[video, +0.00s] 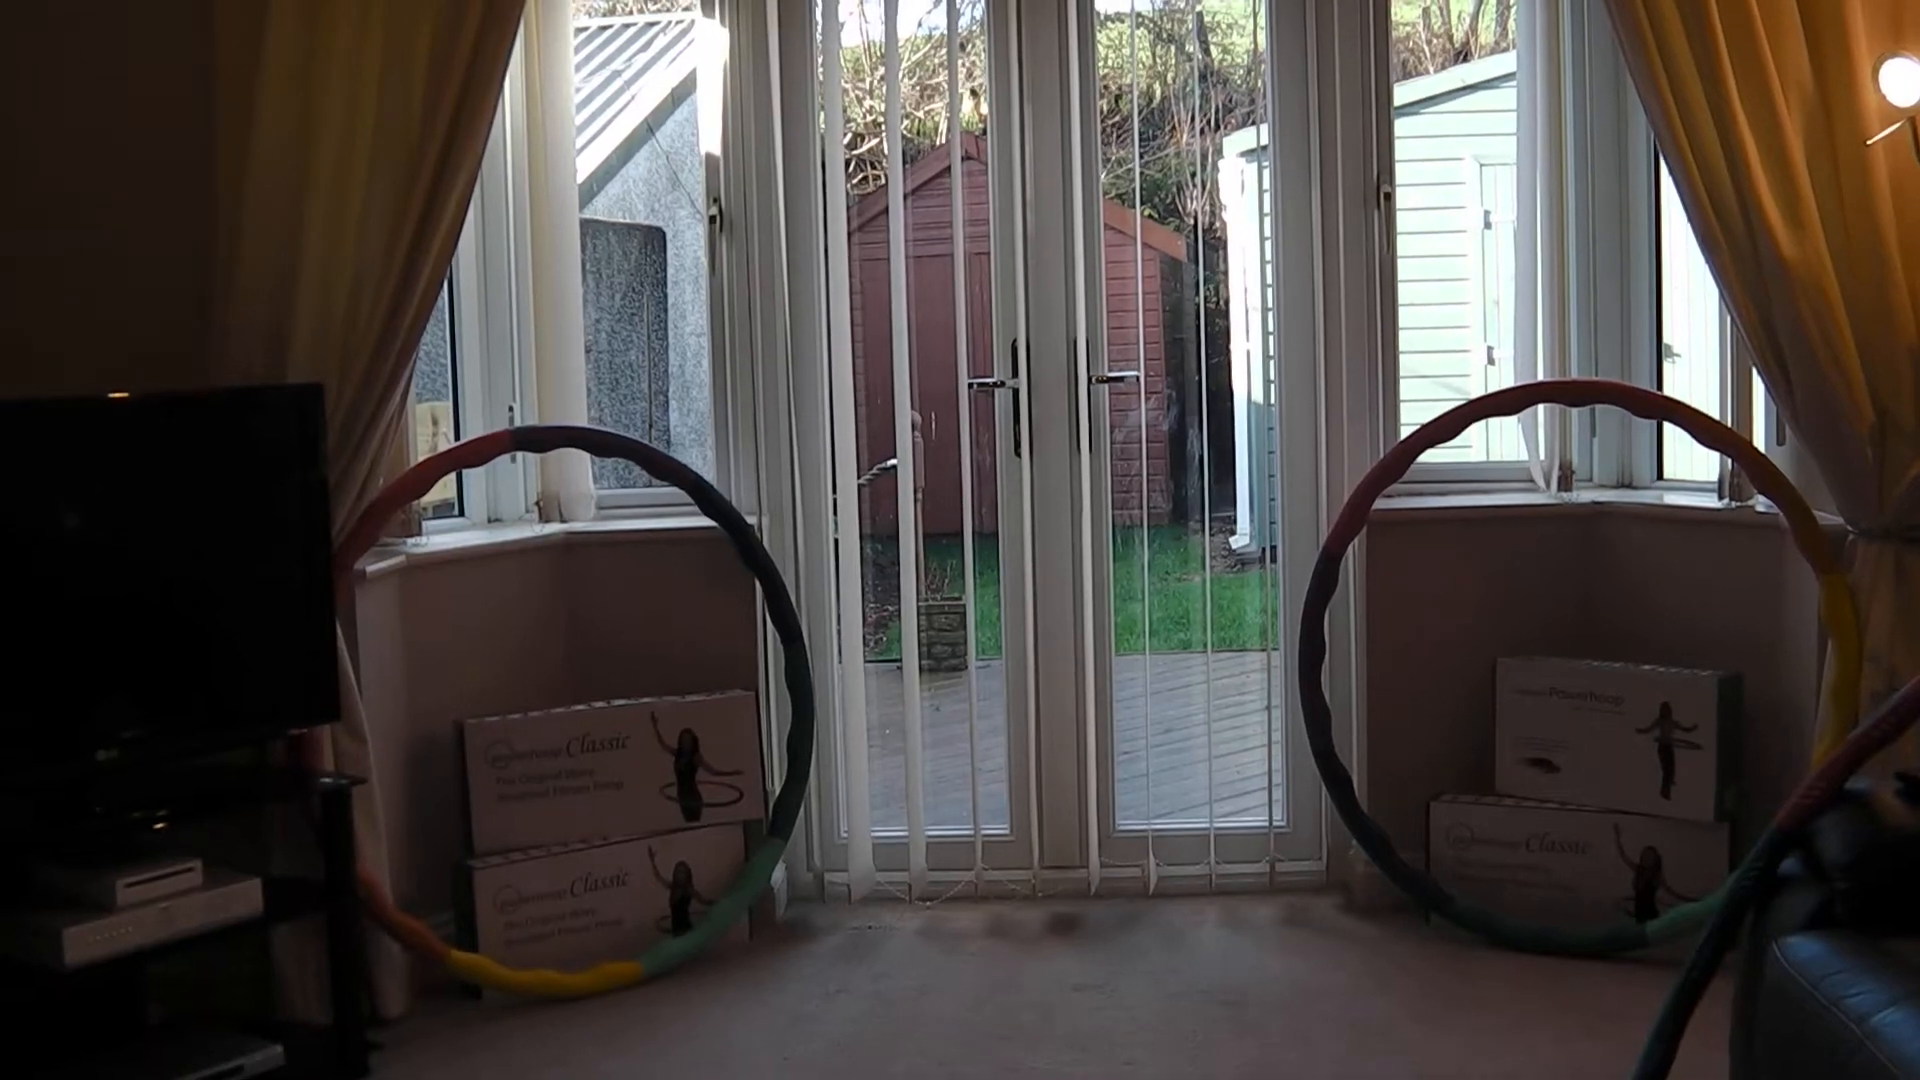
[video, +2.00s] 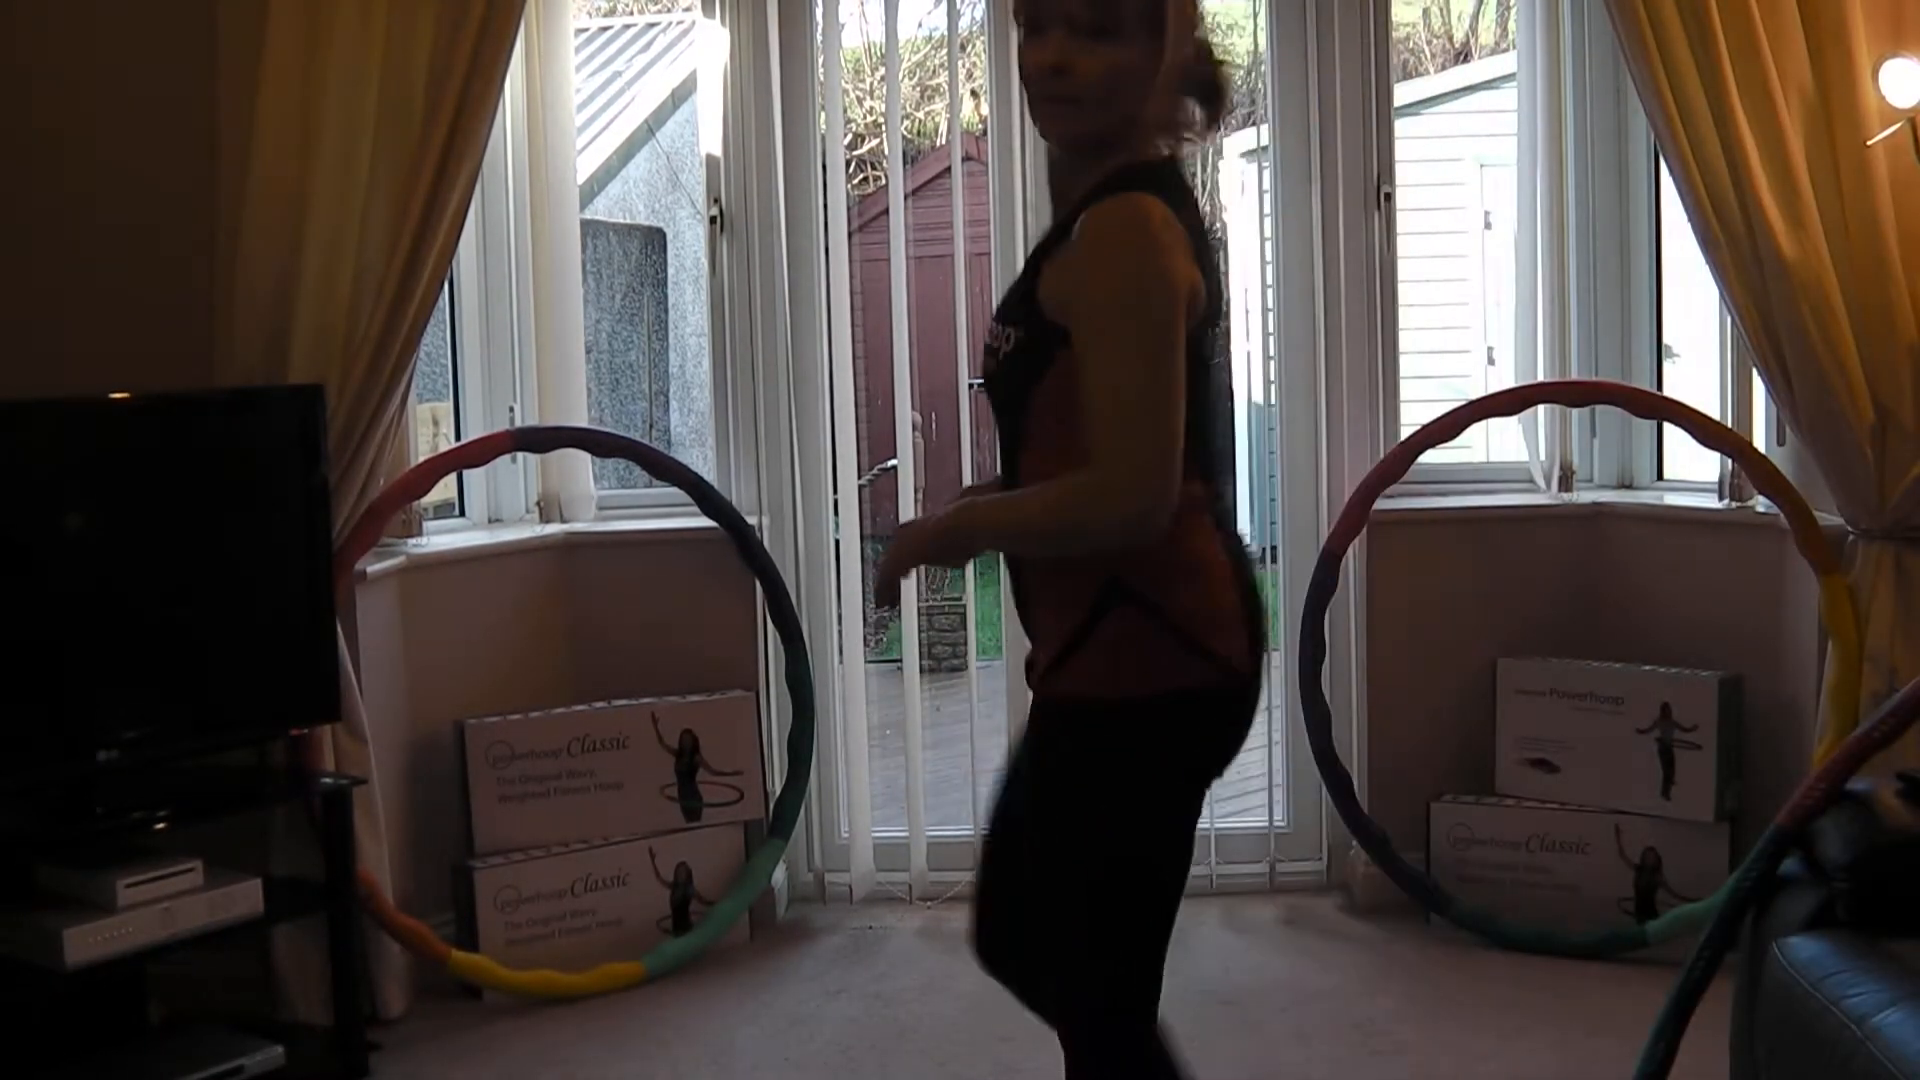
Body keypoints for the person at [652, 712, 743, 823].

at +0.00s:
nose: (685, 742)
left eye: (688, 739)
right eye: (683, 739)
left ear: (693, 741)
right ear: (680, 741)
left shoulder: (695, 757)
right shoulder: (678, 754)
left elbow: (713, 772)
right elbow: (662, 744)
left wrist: (733, 773)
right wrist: (655, 725)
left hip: (692, 794)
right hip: (681, 794)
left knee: (695, 826)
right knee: (690, 826)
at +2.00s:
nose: (685, 742)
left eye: (688, 739)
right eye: (683, 739)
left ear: (693, 741)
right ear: (680, 741)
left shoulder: (696, 757)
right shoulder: (678, 754)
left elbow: (712, 772)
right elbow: (662, 744)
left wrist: (732, 773)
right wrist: (655, 725)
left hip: (693, 795)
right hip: (682, 795)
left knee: (696, 829)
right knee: (691, 829)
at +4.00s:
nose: (685, 742)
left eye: (688, 739)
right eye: (683, 739)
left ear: (693, 741)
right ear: (680, 741)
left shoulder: (695, 757)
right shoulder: (677, 754)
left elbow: (712, 772)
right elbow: (662, 744)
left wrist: (732, 774)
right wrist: (655, 725)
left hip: (693, 794)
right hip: (682, 795)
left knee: (695, 828)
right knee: (691, 828)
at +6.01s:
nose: (686, 742)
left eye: (689, 739)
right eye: (684, 739)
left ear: (694, 741)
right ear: (680, 741)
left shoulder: (696, 757)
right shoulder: (678, 754)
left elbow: (712, 772)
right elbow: (662, 744)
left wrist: (733, 774)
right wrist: (655, 726)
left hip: (693, 794)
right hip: (682, 794)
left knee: (695, 828)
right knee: (690, 828)